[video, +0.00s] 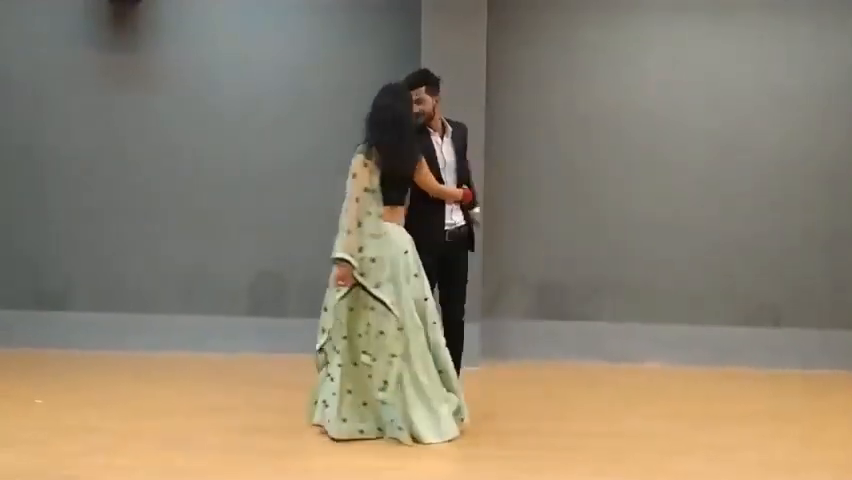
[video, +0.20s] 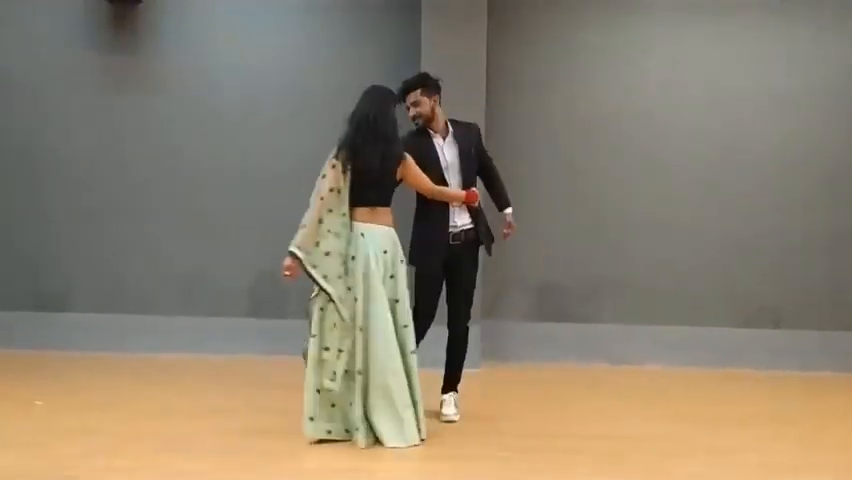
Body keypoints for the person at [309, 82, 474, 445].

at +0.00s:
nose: (414, 111)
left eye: (411, 103)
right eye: (410, 106)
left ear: (375, 114)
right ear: (406, 115)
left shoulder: (364, 158)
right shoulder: (411, 156)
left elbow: (352, 210)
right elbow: (432, 188)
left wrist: (345, 256)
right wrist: (458, 194)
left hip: (369, 248)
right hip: (400, 247)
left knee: (363, 329)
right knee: (401, 328)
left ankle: (358, 410)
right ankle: (401, 409)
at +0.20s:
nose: (396, 118)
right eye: (394, 112)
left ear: (359, 113)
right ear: (391, 116)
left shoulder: (343, 154)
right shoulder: (397, 157)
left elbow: (320, 204)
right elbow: (429, 189)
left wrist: (298, 250)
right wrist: (463, 195)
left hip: (352, 239)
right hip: (386, 240)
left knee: (344, 326)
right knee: (382, 329)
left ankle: (342, 414)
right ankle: (383, 413)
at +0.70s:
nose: (377, 128)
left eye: (376, 121)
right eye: (375, 122)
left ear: (346, 123)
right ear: (366, 124)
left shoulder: (327, 165)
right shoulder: (371, 165)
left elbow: (316, 216)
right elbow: (405, 205)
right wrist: (447, 202)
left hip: (333, 248)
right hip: (364, 248)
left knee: (330, 328)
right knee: (363, 329)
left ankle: (322, 408)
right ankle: (360, 410)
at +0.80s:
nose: (374, 128)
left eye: (374, 121)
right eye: (372, 122)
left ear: (344, 124)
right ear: (361, 124)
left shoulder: (332, 163)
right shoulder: (364, 163)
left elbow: (331, 211)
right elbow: (395, 205)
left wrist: (380, 211)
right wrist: (440, 202)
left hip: (335, 246)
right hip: (361, 247)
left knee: (332, 326)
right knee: (361, 327)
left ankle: (324, 404)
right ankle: (357, 407)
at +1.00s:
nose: (369, 126)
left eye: (369, 119)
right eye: (365, 120)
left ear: (352, 123)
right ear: (350, 122)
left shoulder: (354, 158)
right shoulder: (343, 160)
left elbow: (359, 207)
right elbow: (360, 206)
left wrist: (383, 211)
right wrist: (400, 205)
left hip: (355, 240)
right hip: (342, 242)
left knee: (358, 320)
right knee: (349, 320)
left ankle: (355, 401)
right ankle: (346, 403)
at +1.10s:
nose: (367, 123)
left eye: (367, 117)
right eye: (362, 117)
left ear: (356, 120)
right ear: (347, 120)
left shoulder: (360, 155)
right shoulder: (333, 159)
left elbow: (367, 197)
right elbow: (334, 207)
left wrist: (375, 167)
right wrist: (373, 216)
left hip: (363, 241)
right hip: (337, 244)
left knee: (364, 317)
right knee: (348, 318)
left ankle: (362, 396)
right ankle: (345, 399)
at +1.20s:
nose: (362, 123)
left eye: (361, 117)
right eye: (356, 118)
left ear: (353, 123)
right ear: (339, 121)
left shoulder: (357, 162)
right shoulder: (319, 163)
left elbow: (363, 209)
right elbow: (310, 210)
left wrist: (378, 182)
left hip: (349, 242)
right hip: (321, 242)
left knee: (351, 319)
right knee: (329, 319)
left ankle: (353, 397)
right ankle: (330, 398)